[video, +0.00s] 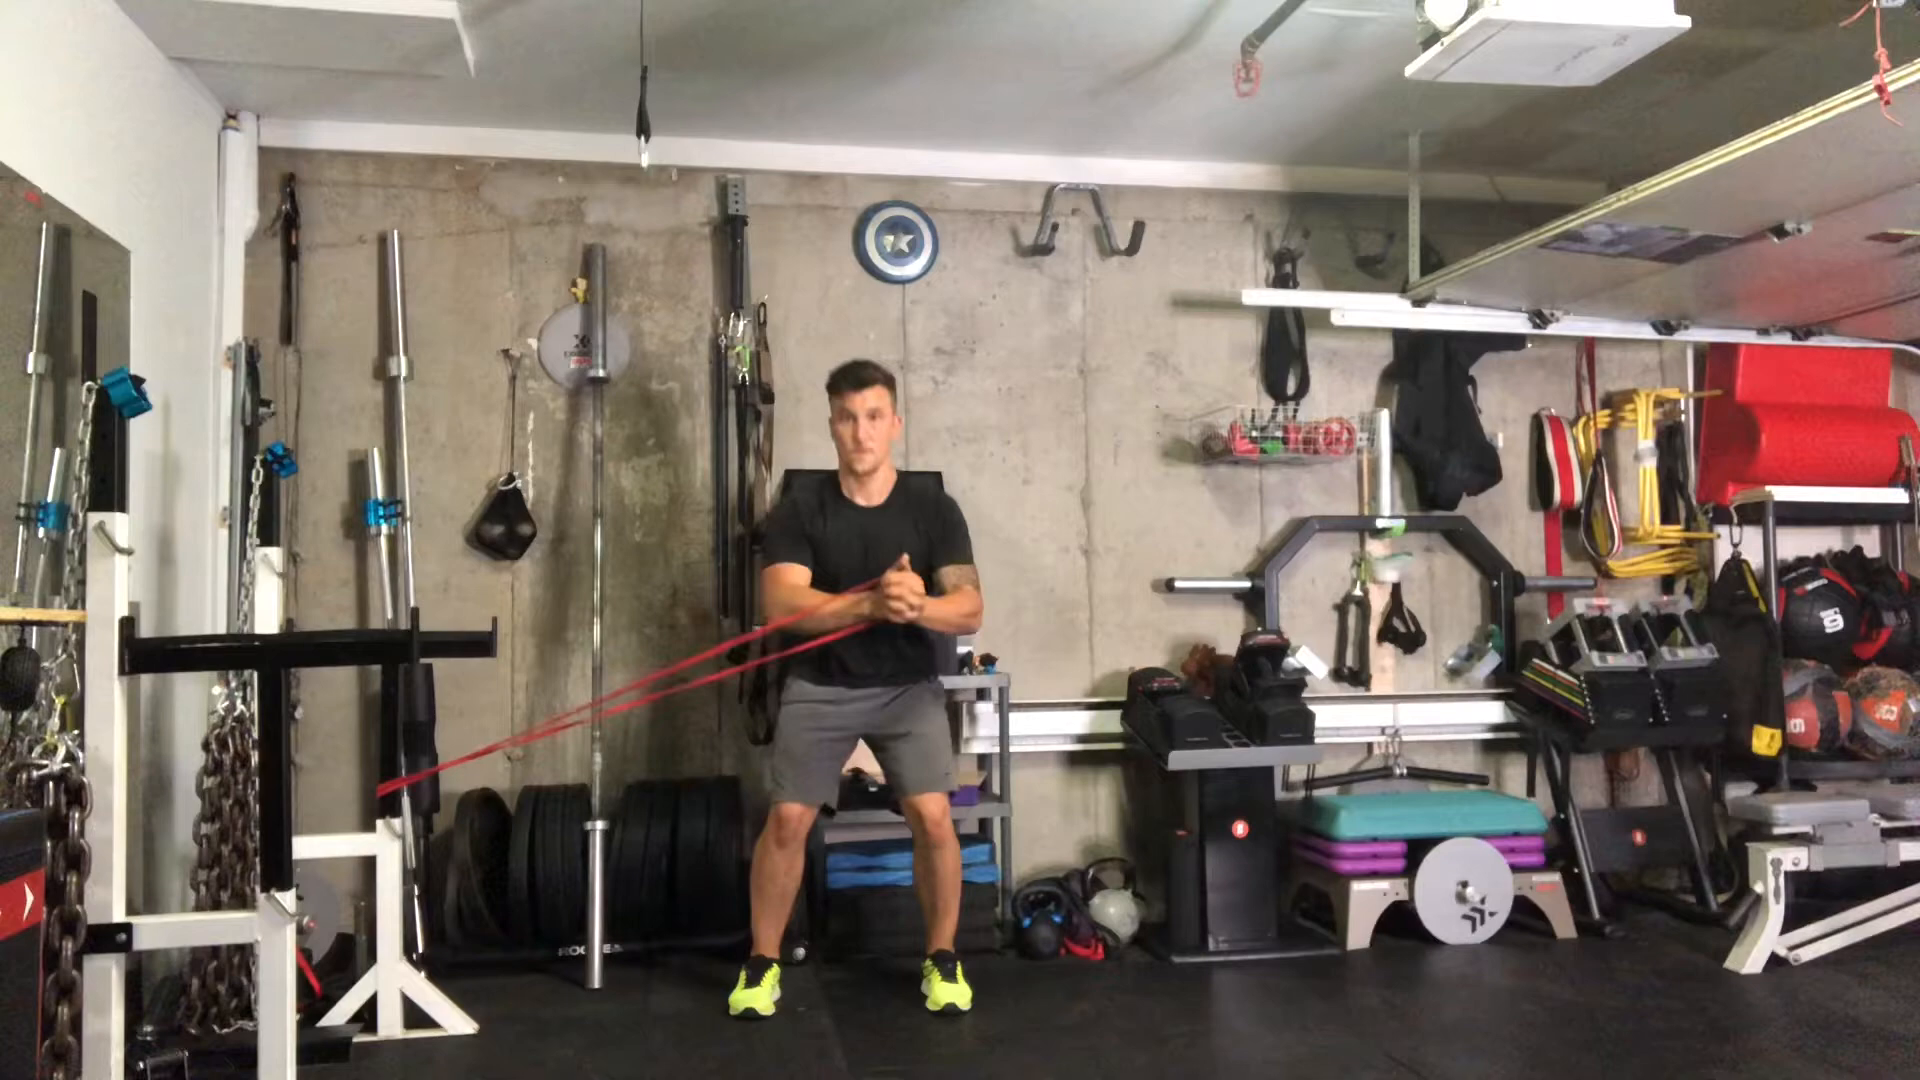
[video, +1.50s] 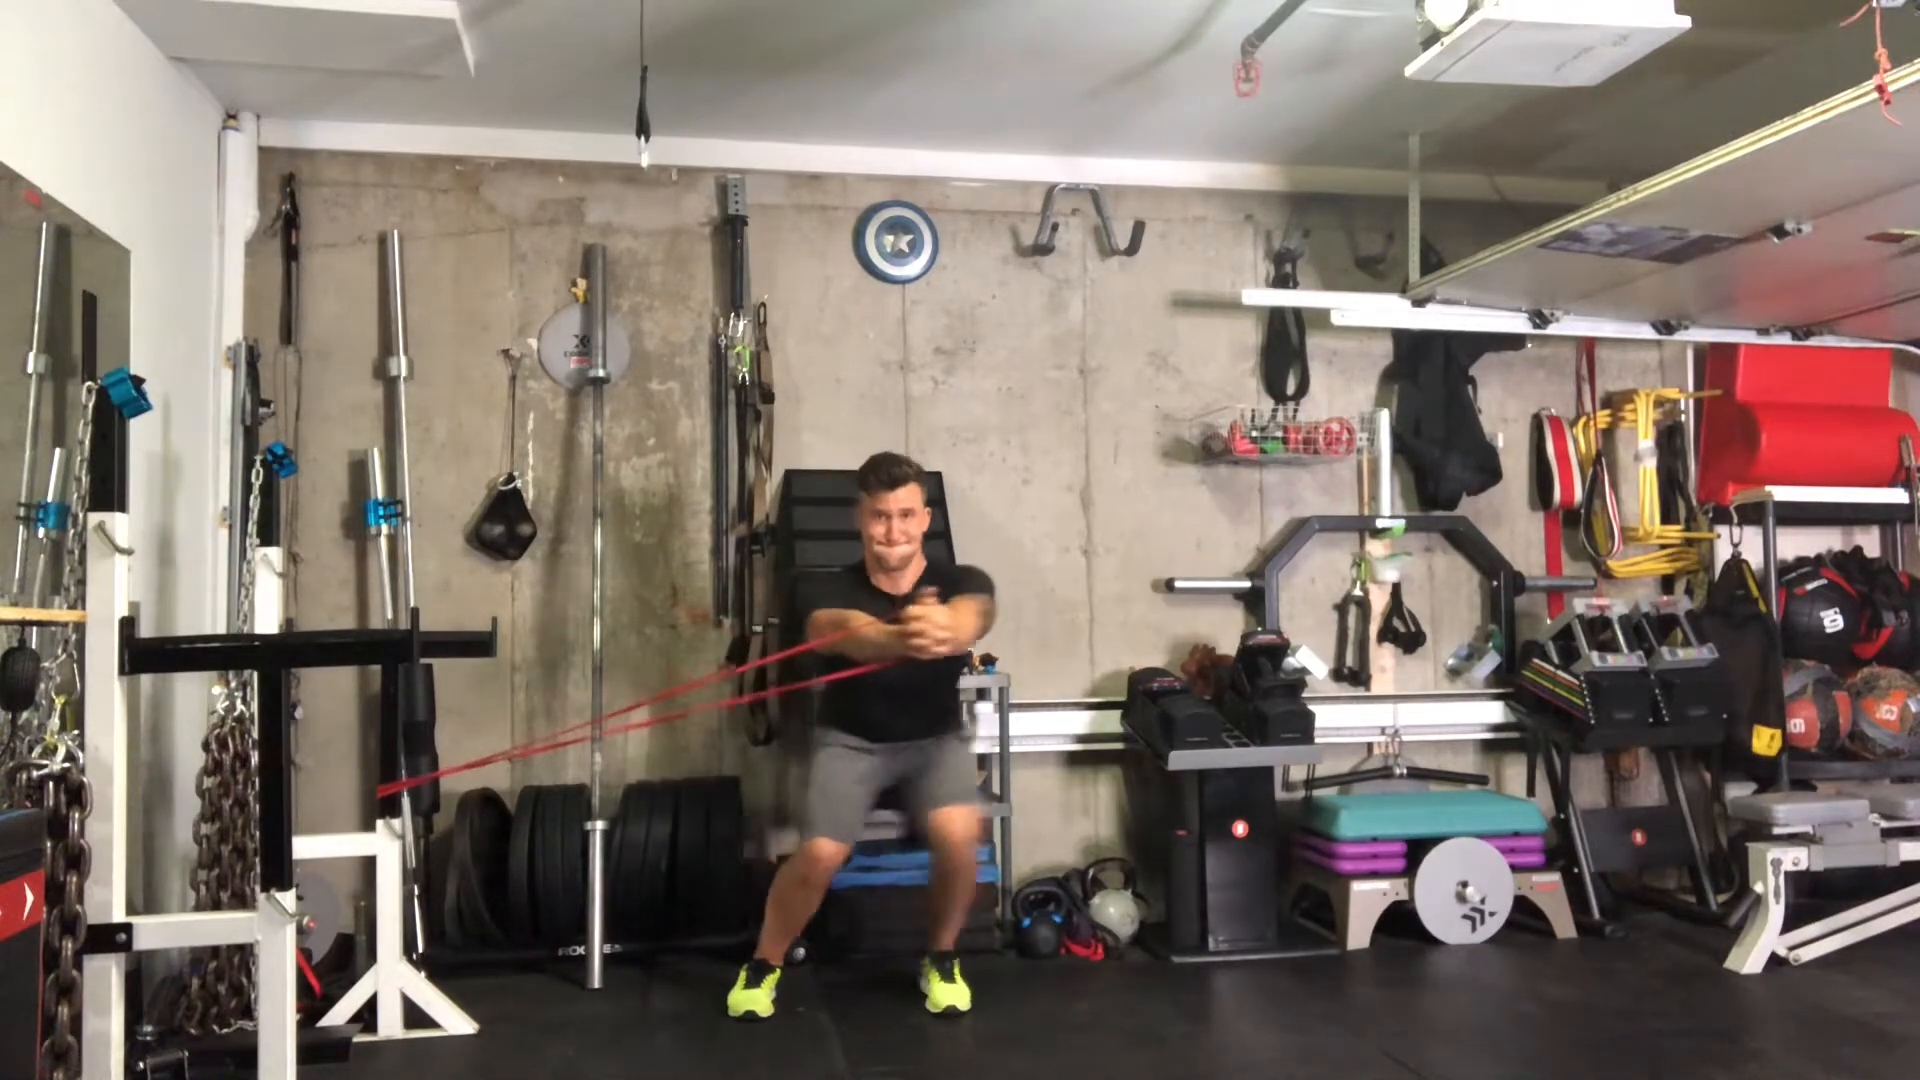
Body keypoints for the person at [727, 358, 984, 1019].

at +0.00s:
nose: (860, 431)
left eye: (874, 417)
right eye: (848, 418)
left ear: (896, 423)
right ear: (832, 425)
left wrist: (917, 608)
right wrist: (867, 603)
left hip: (908, 691)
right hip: (817, 692)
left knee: (933, 814)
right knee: (787, 817)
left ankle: (943, 958)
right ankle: (762, 964)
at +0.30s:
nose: (865, 476)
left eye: (878, 461)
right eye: (852, 463)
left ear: (898, 465)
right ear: (835, 468)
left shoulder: (928, 530)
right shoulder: (803, 529)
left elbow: (949, 575)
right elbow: (787, 582)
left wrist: (909, 579)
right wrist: (852, 577)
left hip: (905, 714)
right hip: (817, 714)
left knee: (923, 822)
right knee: (790, 828)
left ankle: (941, 960)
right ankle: (760, 966)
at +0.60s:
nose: (864, 506)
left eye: (877, 491)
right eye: (851, 491)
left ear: (897, 485)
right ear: (832, 485)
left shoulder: (928, 548)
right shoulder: (798, 543)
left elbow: (932, 579)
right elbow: (796, 585)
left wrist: (904, 585)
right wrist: (847, 586)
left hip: (901, 714)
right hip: (813, 714)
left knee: (909, 821)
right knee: (787, 823)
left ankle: (939, 961)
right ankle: (760, 966)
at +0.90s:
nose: (866, 509)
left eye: (879, 494)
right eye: (853, 495)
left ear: (899, 496)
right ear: (833, 497)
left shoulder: (930, 562)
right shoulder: (804, 558)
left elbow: (937, 593)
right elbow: (801, 600)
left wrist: (910, 598)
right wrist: (856, 599)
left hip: (899, 725)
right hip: (813, 726)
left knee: (909, 827)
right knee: (791, 831)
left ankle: (939, 962)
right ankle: (761, 967)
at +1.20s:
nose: (871, 520)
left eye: (885, 505)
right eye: (858, 506)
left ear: (905, 509)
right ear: (839, 509)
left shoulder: (935, 574)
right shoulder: (808, 576)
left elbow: (937, 609)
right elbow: (810, 617)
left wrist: (909, 623)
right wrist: (855, 623)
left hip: (901, 731)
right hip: (816, 730)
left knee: (901, 834)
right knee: (795, 835)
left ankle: (939, 961)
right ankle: (762, 967)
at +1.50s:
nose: (893, 531)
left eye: (905, 516)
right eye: (879, 517)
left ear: (926, 519)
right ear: (859, 520)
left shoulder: (963, 582)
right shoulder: (828, 591)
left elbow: (970, 619)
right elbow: (836, 636)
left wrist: (946, 628)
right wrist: (900, 640)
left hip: (937, 744)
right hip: (850, 744)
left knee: (959, 837)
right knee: (820, 854)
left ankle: (942, 960)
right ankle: (763, 967)